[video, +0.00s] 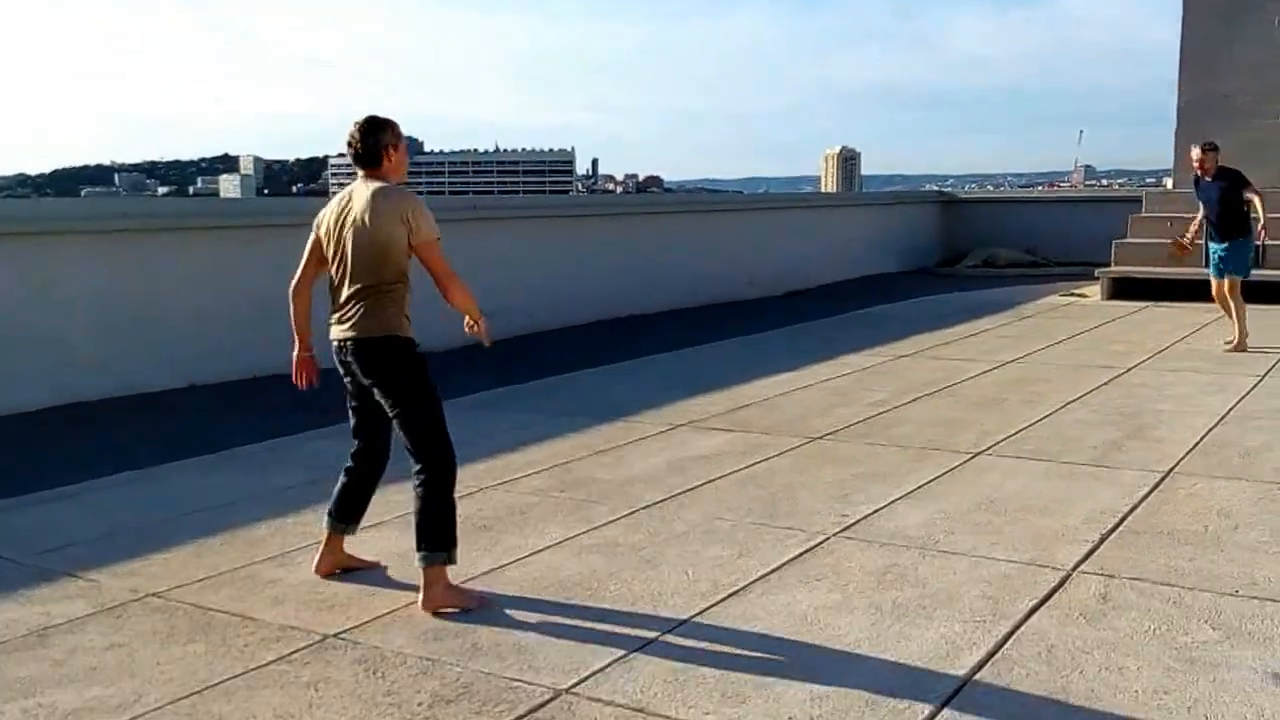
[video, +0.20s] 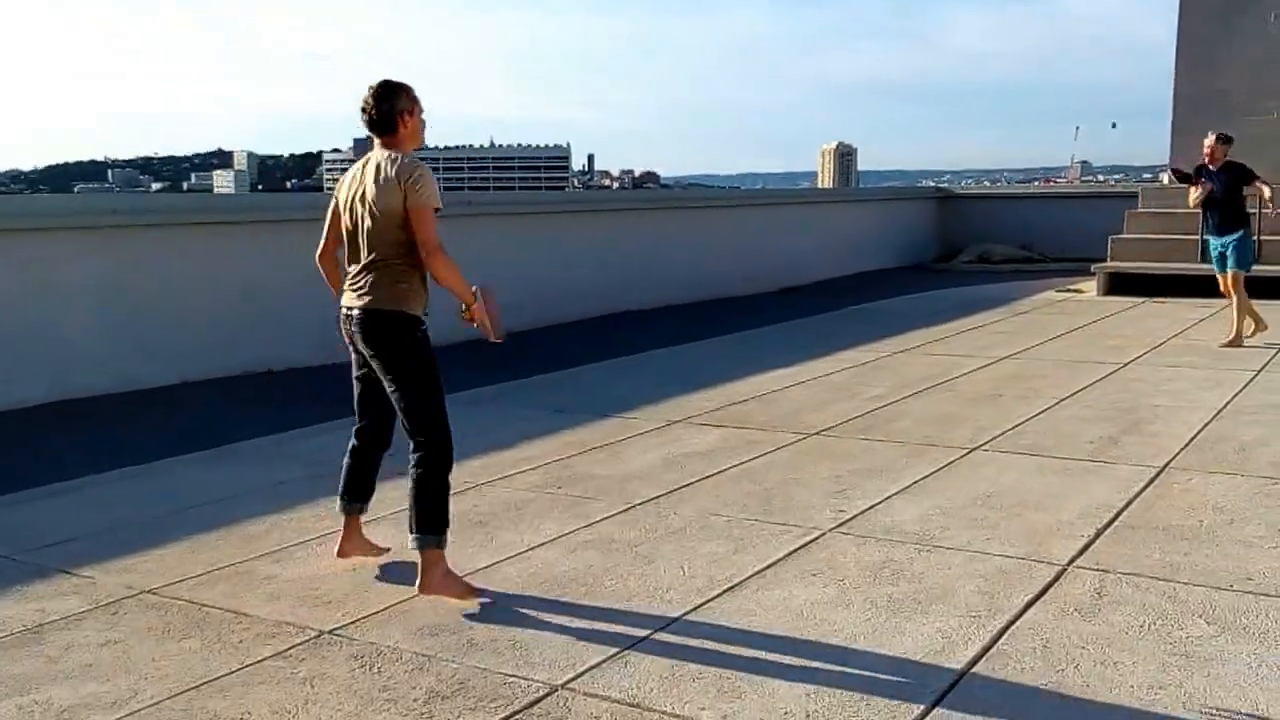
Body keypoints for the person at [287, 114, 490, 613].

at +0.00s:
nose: (408, 156)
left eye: (404, 147)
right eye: (403, 147)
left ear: (359, 157)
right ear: (389, 153)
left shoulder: (332, 210)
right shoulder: (404, 203)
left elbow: (300, 286)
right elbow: (447, 282)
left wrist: (302, 344)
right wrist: (473, 313)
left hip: (346, 347)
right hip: (389, 346)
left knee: (369, 450)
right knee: (435, 457)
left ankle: (332, 551)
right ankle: (436, 585)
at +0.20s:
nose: (422, 120)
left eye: (418, 111)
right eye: (418, 112)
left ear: (377, 123)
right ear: (404, 118)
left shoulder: (353, 175)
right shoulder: (413, 171)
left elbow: (326, 255)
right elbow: (432, 254)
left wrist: (353, 300)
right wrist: (469, 298)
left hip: (356, 318)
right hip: (395, 319)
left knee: (372, 428)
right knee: (432, 440)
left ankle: (351, 534)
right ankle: (434, 569)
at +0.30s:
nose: (435, 138)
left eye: (431, 129)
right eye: (431, 131)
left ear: (388, 142)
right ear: (419, 138)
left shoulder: (370, 190)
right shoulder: (415, 193)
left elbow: (349, 273)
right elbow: (427, 277)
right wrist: (468, 321)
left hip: (356, 335)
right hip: (394, 340)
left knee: (383, 441)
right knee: (450, 449)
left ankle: (353, 545)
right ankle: (430, 575)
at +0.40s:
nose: (440, 143)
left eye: (435, 134)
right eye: (435, 136)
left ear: (392, 146)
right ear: (421, 144)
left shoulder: (376, 192)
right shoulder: (412, 202)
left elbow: (394, 285)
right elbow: (408, 291)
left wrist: (449, 325)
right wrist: (448, 337)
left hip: (357, 337)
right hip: (390, 343)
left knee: (386, 436)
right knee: (453, 451)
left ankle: (351, 543)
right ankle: (429, 577)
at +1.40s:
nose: (368, 161)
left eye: (364, 153)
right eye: (364, 153)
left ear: (324, 165)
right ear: (353, 157)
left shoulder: (311, 212)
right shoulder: (372, 190)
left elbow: (287, 291)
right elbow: (420, 248)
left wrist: (287, 356)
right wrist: (420, 261)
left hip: (329, 332)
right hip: (365, 327)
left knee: (368, 426)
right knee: (403, 433)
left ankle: (339, 516)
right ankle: (379, 552)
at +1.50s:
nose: (375, 155)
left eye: (370, 148)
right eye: (370, 148)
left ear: (331, 160)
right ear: (358, 153)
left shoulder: (315, 208)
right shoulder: (373, 195)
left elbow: (287, 285)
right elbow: (419, 263)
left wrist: (283, 347)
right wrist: (429, 282)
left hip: (333, 335)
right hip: (368, 334)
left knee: (378, 424)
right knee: (415, 436)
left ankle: (339, 516)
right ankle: (376, 553)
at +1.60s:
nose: (381, 152)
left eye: (378, 143)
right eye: (377, 143)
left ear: (339, 150)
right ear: (363, 146)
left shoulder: (322, 198)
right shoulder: (372, 196)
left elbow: (297, 278)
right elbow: (416, 264)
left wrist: (297, 341)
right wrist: (434, 287)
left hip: (335, 335)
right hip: (369, 335)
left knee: (377, 424)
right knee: (416, 440)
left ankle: (340, 515)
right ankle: (376, 556)